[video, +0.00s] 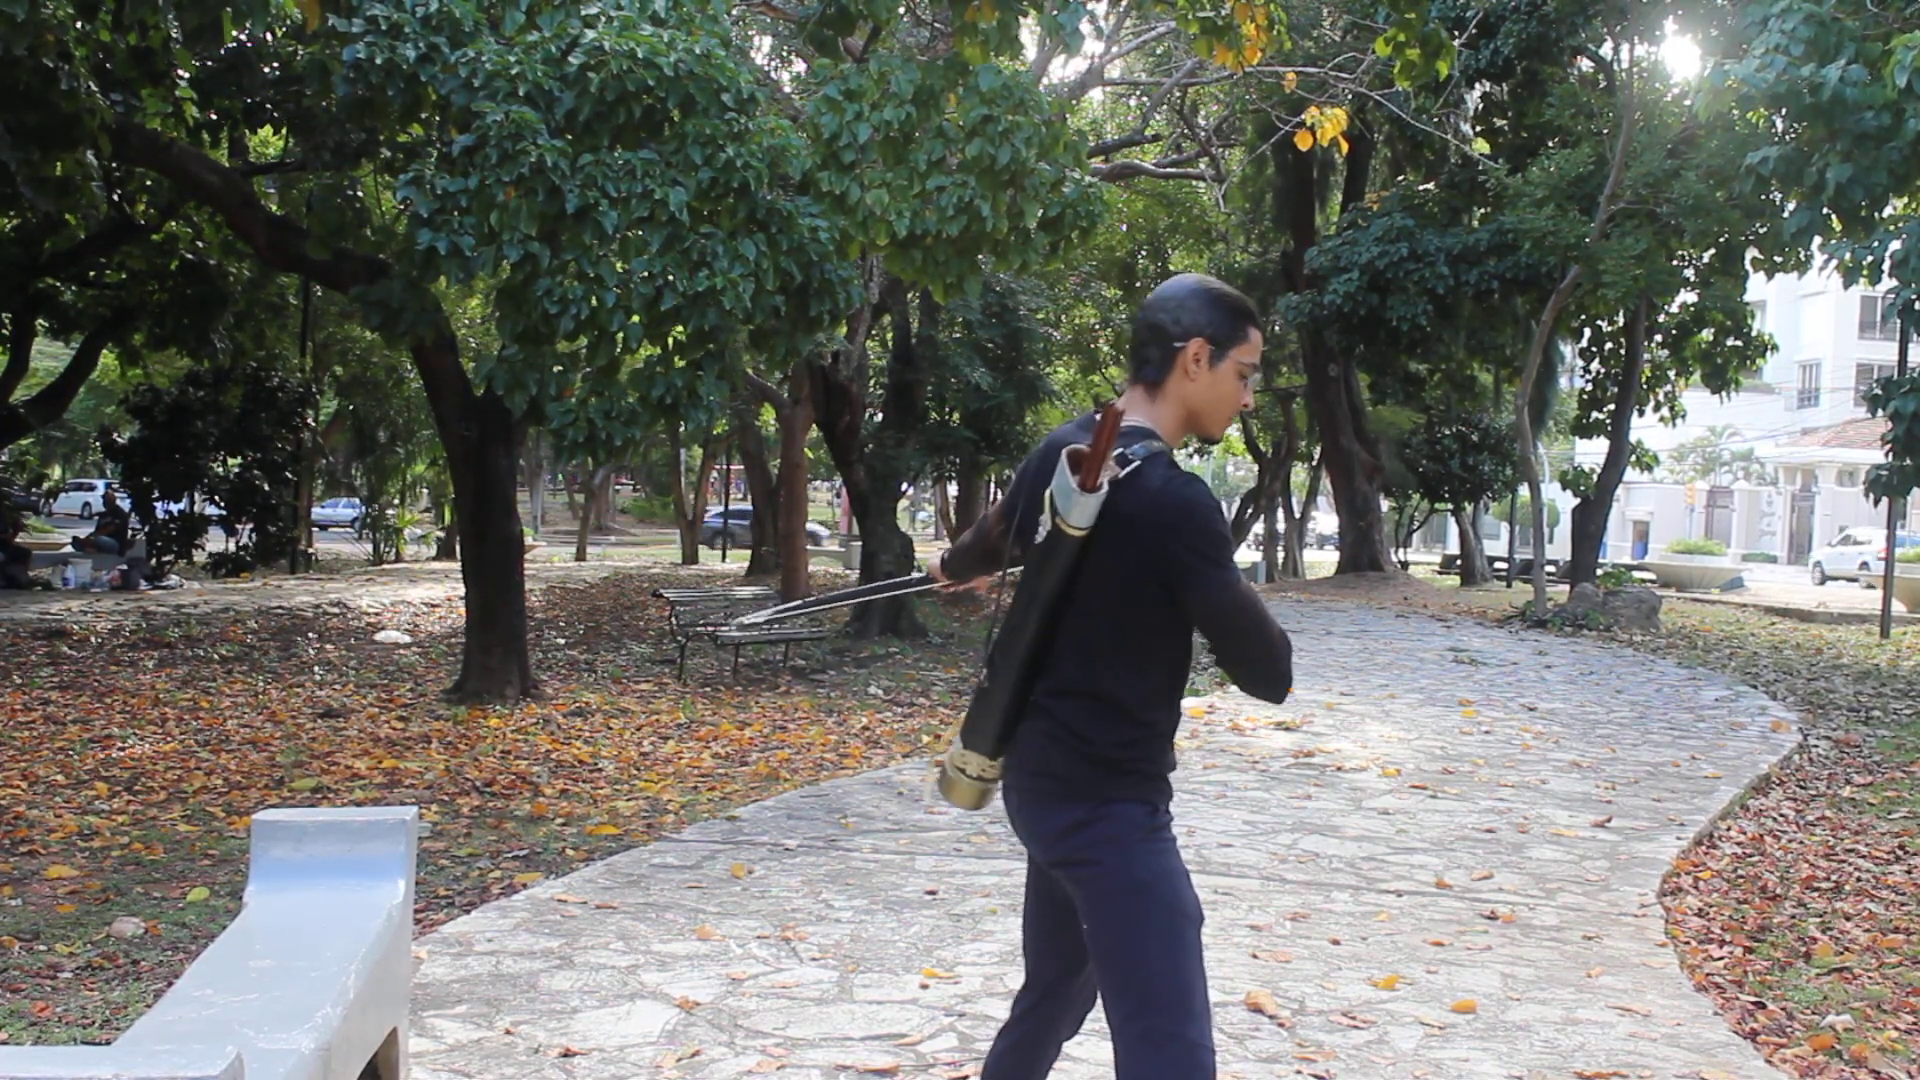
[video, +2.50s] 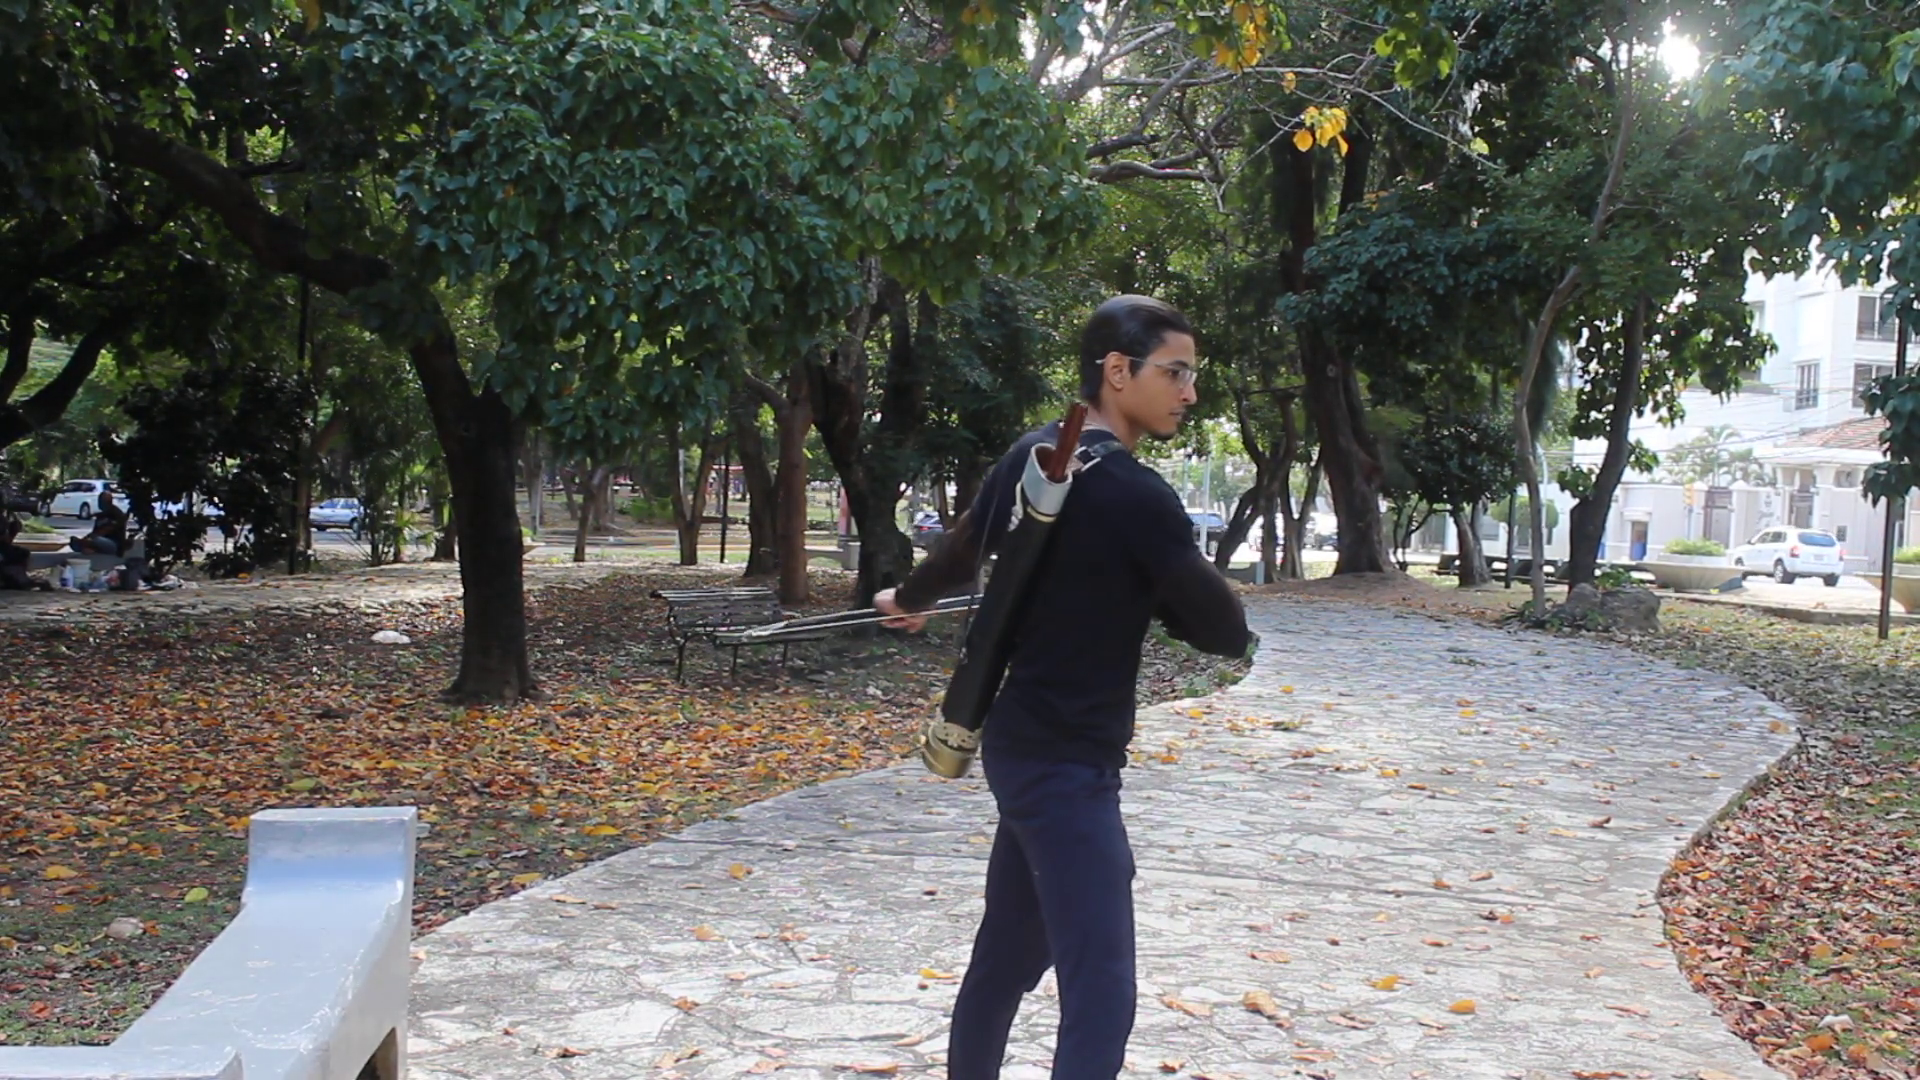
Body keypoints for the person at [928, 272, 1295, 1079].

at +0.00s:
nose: (1250, 397)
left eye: (1253, 378)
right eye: (1245, 374)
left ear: (1173, 359)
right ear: (1192, 359)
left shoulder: (1066, 445)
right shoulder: (1174, 496)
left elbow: (985, 543)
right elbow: (1270, 674)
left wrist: (955, 567)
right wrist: (1221, 583)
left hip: (1046, 781)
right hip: (1107, 801)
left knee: (1053, 1000)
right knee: (1171, 1052)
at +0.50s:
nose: (1221, 423)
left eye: (1229, 405)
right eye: (1225, 399)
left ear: (1138, 373)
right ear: (1188, 376)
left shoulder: (1044, 456)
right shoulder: (1156, 491)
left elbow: (980, 609)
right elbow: (1182, 679)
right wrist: (1193, 631)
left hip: (1013, 763)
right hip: (1078, 779)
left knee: (1070, 1012)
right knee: (1137, 1041)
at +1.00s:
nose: (1247, 413)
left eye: (1255, 395)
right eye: (1249, 388)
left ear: (1183, 363)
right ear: (1203, 364)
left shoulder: (1090, 443)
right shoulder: (1136, 478)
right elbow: (1201, 671)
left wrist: (1197, 615)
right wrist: (1231, 623)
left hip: (1041, 766)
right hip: (1068, 781)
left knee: (1096, 1007)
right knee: (1127, 1031)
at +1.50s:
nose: (1221, 428)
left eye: (1226, 410)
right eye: (1218, 405)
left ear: (1158, 389)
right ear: (1167, 388)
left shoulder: (1079, 474)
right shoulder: (1110, 499)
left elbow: (1072, 640)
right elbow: (1141, 681)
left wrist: (1177, 643)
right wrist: (1208, 655)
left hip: (1057, 778)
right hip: (1074, 788)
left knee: (1057, 969)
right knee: (1130, 1001)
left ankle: (995, 1073)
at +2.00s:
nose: (1200, 406)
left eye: (1202, 386)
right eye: (1191, 384)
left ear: (1130, 377)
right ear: (1137, 373)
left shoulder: (1059, 458)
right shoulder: (1112, 484)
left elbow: (1007, 601)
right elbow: (1200, 639)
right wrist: (1204, 617)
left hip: (1032, 755)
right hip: (1061, 768)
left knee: (997, 967)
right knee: (1081, 1000)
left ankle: (967, 1075)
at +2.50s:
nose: (1190, 393)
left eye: (1192, 375)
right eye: (1176, 372)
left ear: (1111, 377)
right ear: (1116, 372)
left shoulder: (1029, 456)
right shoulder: (1137, 494)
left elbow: (958, 554)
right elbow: (1225, 630)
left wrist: (907, 599)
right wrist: (1161, 565)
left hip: (1021, 747)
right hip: (1068, 765)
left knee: (1006, 959)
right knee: (1102, 997)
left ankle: (968, 1071)